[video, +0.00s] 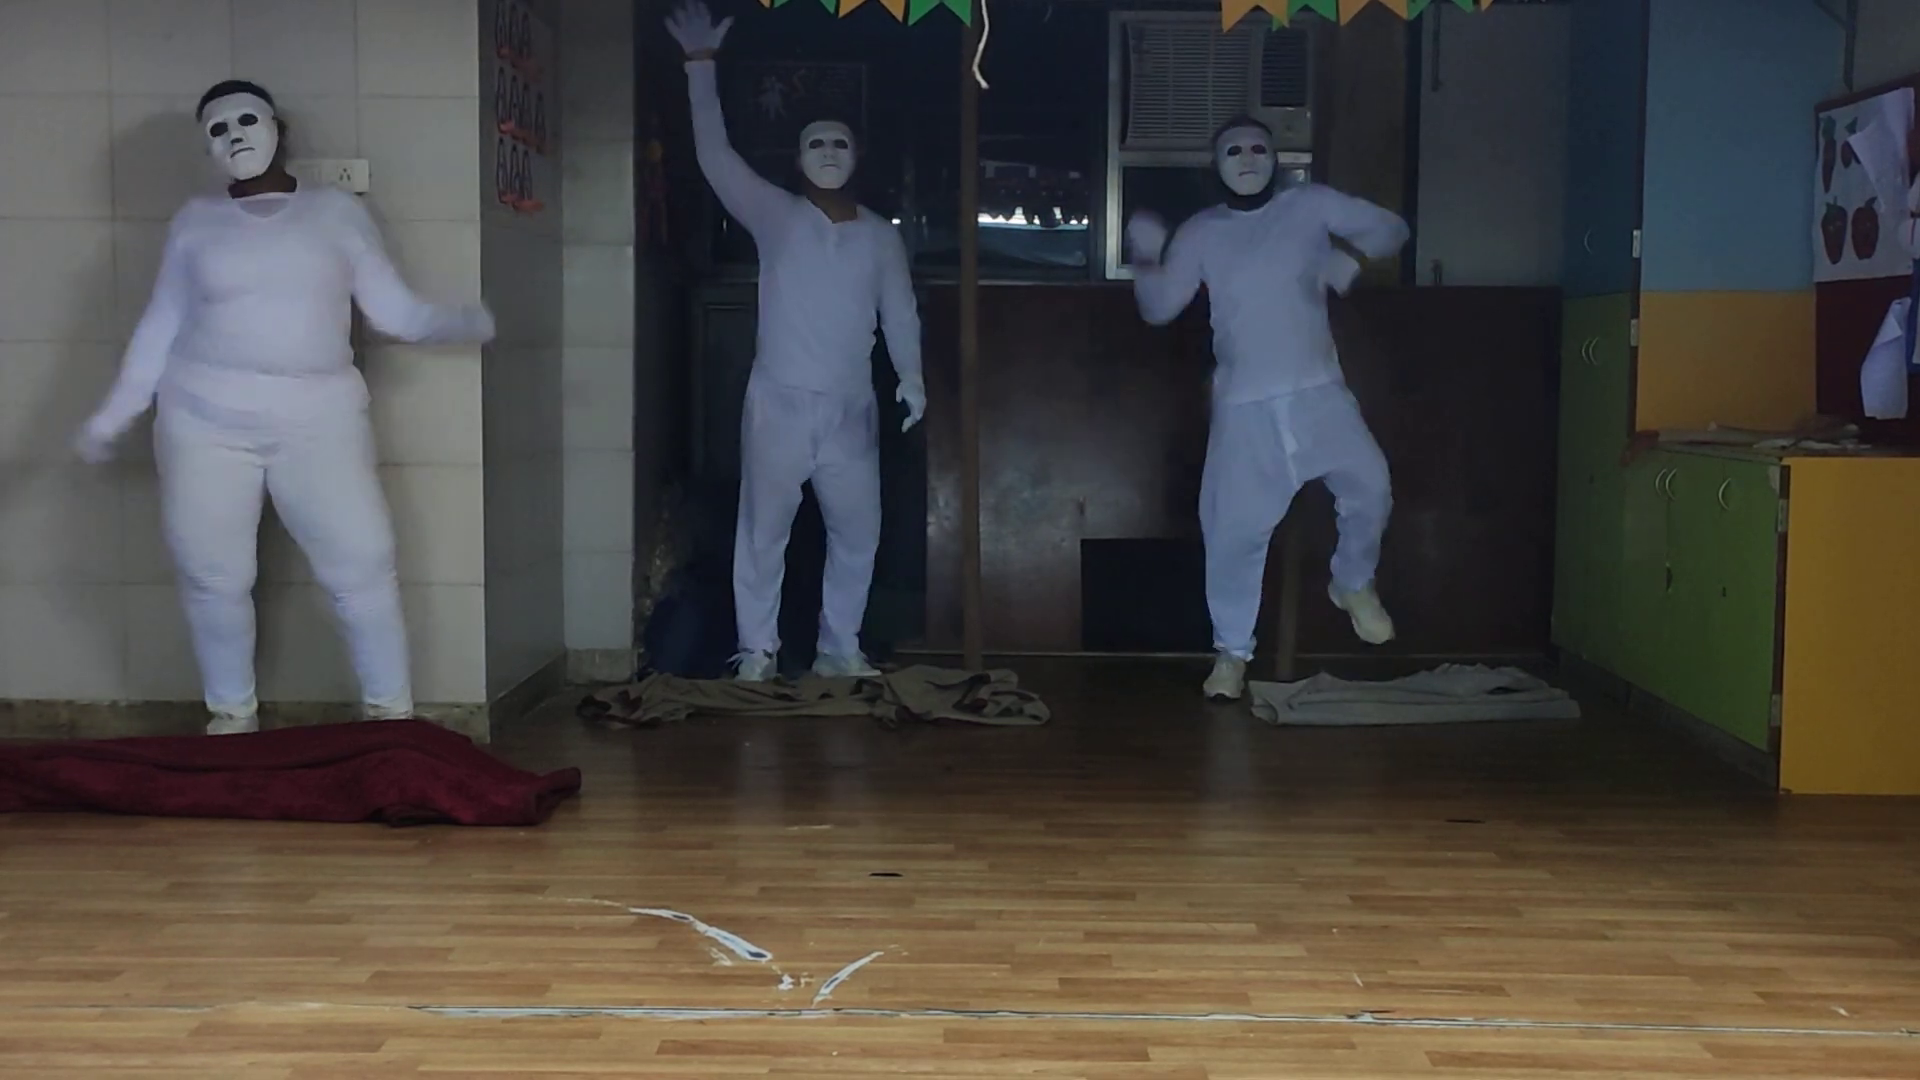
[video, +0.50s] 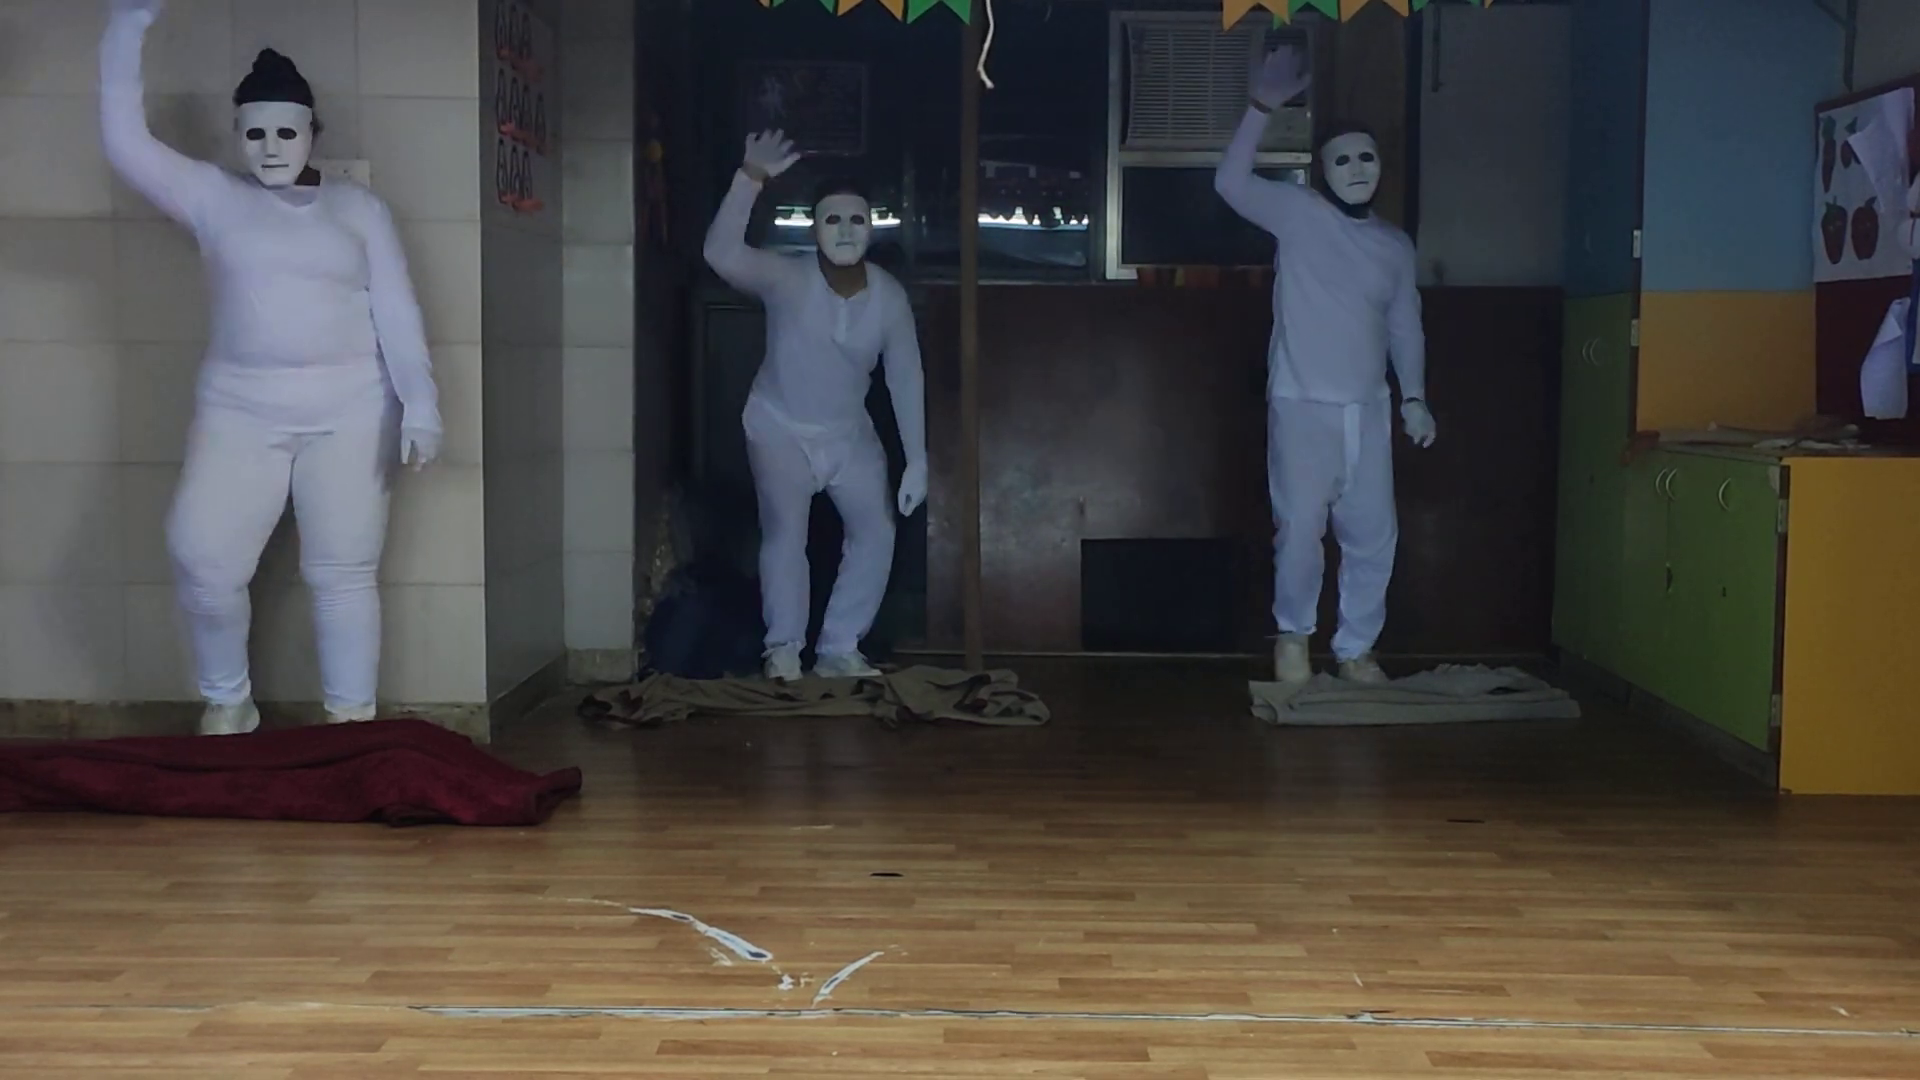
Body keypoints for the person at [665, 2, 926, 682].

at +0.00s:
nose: (830, 155)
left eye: (841, 146)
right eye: (818, 145)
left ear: (857, 158)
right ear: (798, 159)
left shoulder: (882, 237)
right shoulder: (776, 215)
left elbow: (901, 316)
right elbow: (714, 153)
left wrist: (910, 378)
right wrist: (701, 65)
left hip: (851, 407)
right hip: (778, 404)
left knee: (857, 535)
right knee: (764, 531)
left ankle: (839, 652)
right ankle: (757, 652)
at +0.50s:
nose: (845, 230)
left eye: (856, 220)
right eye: (833, 220)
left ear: (870, 229)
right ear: (814, 229)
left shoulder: (887, 298)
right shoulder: (785, 277)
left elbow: (905, 380)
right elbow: (721, 252)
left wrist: (916, 460)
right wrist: (750, 179)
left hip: (849, 431)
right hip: (780, 428)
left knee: (875, 532)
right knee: (785, 536)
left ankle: (839, 649)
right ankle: (784, 647)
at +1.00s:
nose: (821, 391)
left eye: (832, 378)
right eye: (809, 379)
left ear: (847, 376)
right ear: (793, 378)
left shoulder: (872, 417)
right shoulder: (768, 414)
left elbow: (904, 495)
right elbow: (698, 466)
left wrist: (926, 576)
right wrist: (716, 423)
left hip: (847, 522)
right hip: (778, 521)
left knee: (894, 557)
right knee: (774, 557)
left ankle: (841, 650)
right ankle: (781, 649)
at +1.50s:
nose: (810, 474)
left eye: (821, 461)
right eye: (798, 462)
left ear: (838, 446)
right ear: (782, 448)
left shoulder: (864, 467)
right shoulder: (762, 477)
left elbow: (895, 547)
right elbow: (730, 539)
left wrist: (915, 630)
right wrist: (725, 582)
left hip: (857, 571)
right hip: (798, 573)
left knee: (913, 567)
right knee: (775, 559)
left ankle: (850, 649)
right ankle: (782, 648)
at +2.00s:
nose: (813, 440)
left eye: (825, 429)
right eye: (800, 430)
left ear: (840, 432)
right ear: (784, 434)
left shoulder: (865, 468)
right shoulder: (762, 481)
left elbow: (892, 551)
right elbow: (733, 560)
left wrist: (920, 630)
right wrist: (728, 631)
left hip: (860, 575)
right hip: (799, 576)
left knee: (916, 569)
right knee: (779, 557)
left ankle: (854, 649)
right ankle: (783, 647)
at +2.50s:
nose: (812, 439)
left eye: (823, 427)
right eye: (799, 427)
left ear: (839, 429)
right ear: (783, 431)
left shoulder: (865, 470)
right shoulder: (761, 483)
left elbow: (885, 555)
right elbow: (738, 562)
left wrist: (917, 638)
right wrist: (730, 630)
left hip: (859, 580)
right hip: (799, 581)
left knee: (917, 570)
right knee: (778, 560)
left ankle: (857, 641)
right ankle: (785, 638)